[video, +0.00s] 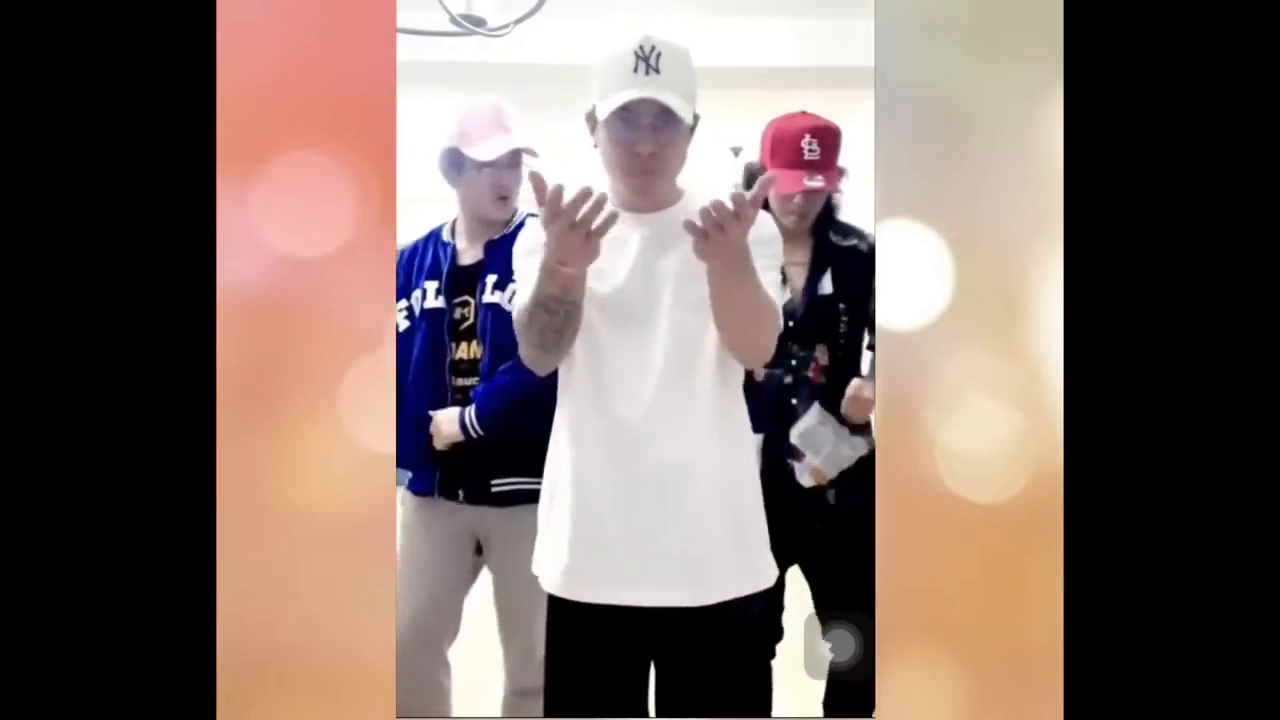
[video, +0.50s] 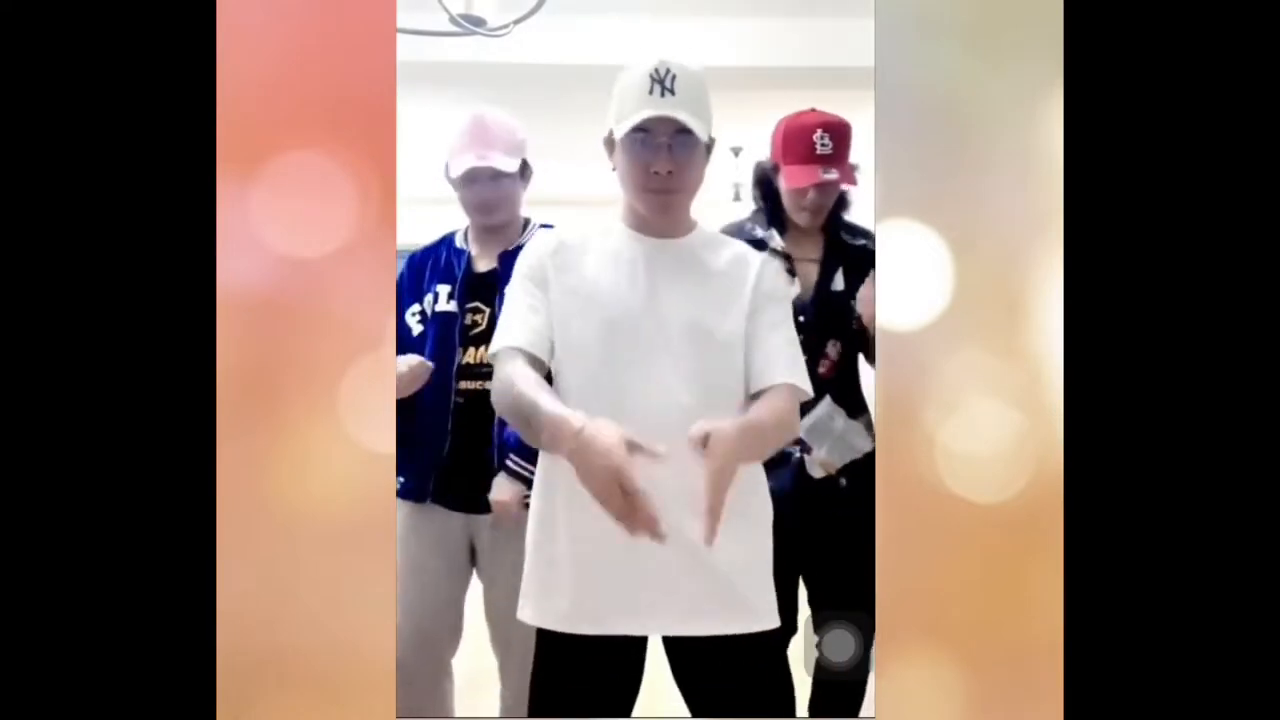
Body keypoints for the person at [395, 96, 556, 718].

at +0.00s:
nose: (506, 179)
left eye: (515, 163)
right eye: (489, 164)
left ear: (526, 167)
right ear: (451, 171)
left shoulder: (548, 252)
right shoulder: (409, 264)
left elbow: (549, 368)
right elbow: (381, 373)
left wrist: (468, 418)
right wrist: (414, 446)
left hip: (527, 495)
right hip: (432, 495)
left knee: (531, 667)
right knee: (415, 650)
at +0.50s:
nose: (485, 190)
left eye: (499, 175)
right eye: (471, 176)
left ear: (526, 178)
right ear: (451, 184)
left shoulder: (556, 263)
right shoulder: (418, 269)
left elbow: (565, 376)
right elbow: (367, 363)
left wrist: (523, 470)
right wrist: (387, 377)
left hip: (516, 500)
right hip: (428, 498)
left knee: (524, 665)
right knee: (416, 662)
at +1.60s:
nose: (509, 164)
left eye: (525, 155)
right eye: (496, 153)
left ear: (543, 180)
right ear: (472, 169)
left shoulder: (557, 264)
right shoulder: (420, 253)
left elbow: (570, 378)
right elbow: (382, 365)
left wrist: (537, 481)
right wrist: (388, 477)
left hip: (533, 485)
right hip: (441, 481)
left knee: (532, 665)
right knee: (425, 665)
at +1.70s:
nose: (504, 171)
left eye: (520, 163)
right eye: (491, 160)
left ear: (538, 187)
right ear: (466, 177)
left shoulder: (550, 267)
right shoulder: (418, 260)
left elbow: (572, 379)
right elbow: (379, 371)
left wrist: (564, 475)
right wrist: (387, 489)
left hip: (533, 483)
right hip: (443, 482)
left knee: (532, 652)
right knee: (431, 654)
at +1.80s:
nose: (495, 169)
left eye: (510, 160)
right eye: (481, 159)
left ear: (531, 182)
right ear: (458, 177)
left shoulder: (551, 267)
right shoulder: (414, 257)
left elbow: (575, 371)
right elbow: (371, 365)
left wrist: (561, 476)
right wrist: (383, 488)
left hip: (529, 483)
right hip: (438, 482)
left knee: (526, 658)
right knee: (424, 660)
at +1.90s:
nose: (483, 165)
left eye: (498, 156)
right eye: (470, 156)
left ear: (522, 176)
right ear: (449, 173)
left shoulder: (549, 262)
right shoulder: (404, 256)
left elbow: (574, 360)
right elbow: (367, 360)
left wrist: (558, 463)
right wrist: (376, 472)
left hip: (523, 486)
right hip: (428, 485)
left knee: (526, 658)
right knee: (421, 658)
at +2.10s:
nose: (468, 170)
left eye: (483, 161)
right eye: (455, 160)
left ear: (506, 181)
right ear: (435, 178)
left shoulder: (537, 262)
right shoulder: (401, 260)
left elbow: (567, 362)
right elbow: (366, 354)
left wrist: (557, 467)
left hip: (507, 491)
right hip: (416, 486)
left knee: (513, 656)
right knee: (415, 651)